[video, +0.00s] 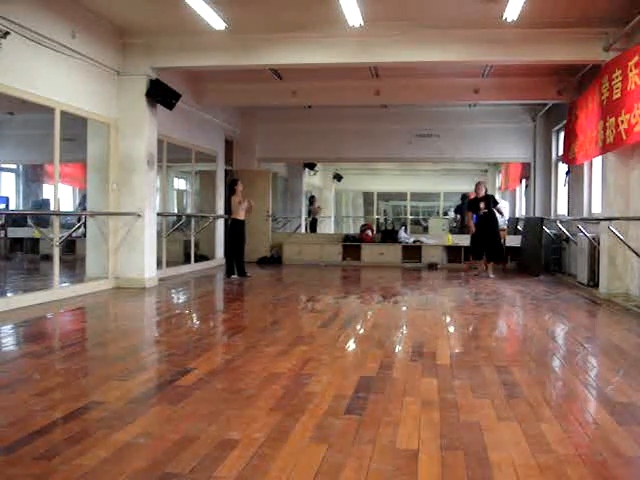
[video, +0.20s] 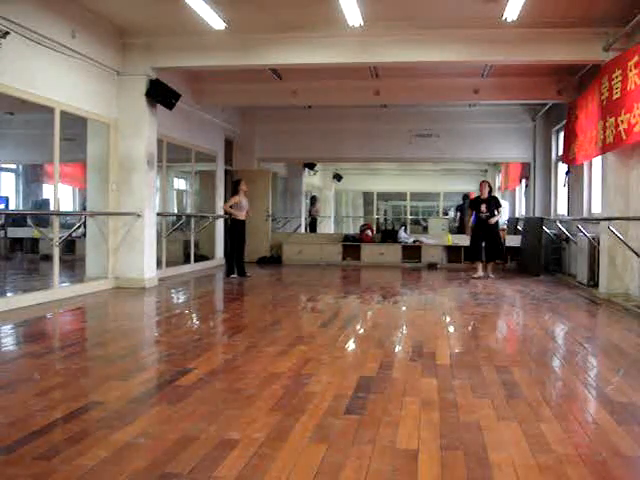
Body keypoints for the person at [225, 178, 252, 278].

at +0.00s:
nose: (242, 186)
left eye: (241, 184)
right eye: (239, 184)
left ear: (239, 187)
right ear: (235, 187)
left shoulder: (241, 198)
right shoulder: (234, 198)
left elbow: (245, 212)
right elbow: (236, 210)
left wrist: (250, 206)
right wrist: (244, 203)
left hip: (241, 221)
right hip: (235, 221)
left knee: (239, 248)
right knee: (232, 248)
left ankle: (241, 271)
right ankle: (230, 271)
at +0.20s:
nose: (245, 187)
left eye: (245, 185)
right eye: (243, 185)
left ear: (243, 187)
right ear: (238, 187)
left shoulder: (244, 198)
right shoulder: (236, 198)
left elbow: (244, 207)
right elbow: (226, 206)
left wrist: (247, 212)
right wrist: (235, 213)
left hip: (242, 221)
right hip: (235, 221)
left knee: (240, 246)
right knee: (234, 246)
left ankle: (241, 271)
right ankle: (230, 271)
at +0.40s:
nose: (245, 187)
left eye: (245, 185)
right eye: (243, 185)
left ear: (243, 187)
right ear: (238, 187)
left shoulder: (245, 198)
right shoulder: (233, 197)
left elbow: (245, 207)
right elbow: (220, 204)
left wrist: (246, 212)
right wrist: (229, 211)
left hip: (241, 221)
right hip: (233, 220)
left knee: (241, 247)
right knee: (230, 246)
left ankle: (241, 271)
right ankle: (226, 270)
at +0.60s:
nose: (240, 188)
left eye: (241, 186)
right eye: (239, 186)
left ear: (241, 187)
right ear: (234, 187)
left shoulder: (242, 198)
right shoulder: (229, 197)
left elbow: (244, 208)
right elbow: (215, 203)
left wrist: (245, 210)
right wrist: (224, 208)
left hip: (239, 220)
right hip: (230, 220)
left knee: (240, 247)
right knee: (227, 247)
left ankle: (241, 272)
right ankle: (223, 271)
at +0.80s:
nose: (237, 188)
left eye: (238, 185)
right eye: (235, 186)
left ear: (237, 187)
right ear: (230, 188)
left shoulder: (238, 198)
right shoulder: (224, 198)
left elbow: (243, 208)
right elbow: (215, 201)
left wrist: (242, 209)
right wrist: (218, 208)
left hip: (235, 220)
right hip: (226, 220)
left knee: (238, 248)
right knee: (223, 248)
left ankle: (241, 272)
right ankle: (222, 271)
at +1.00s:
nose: (232, 187)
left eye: (232, 185)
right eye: (230, 185)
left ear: (233, 187)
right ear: (225, 187)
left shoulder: (234, 196)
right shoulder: (220, 197)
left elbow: (238, 206)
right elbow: (208, 201)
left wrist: (238, 206)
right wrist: (214, 208)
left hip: (232, 220)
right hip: (222, 220)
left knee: (235, 247)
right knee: (222, 247)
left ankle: (238, 271)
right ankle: (222, 271)